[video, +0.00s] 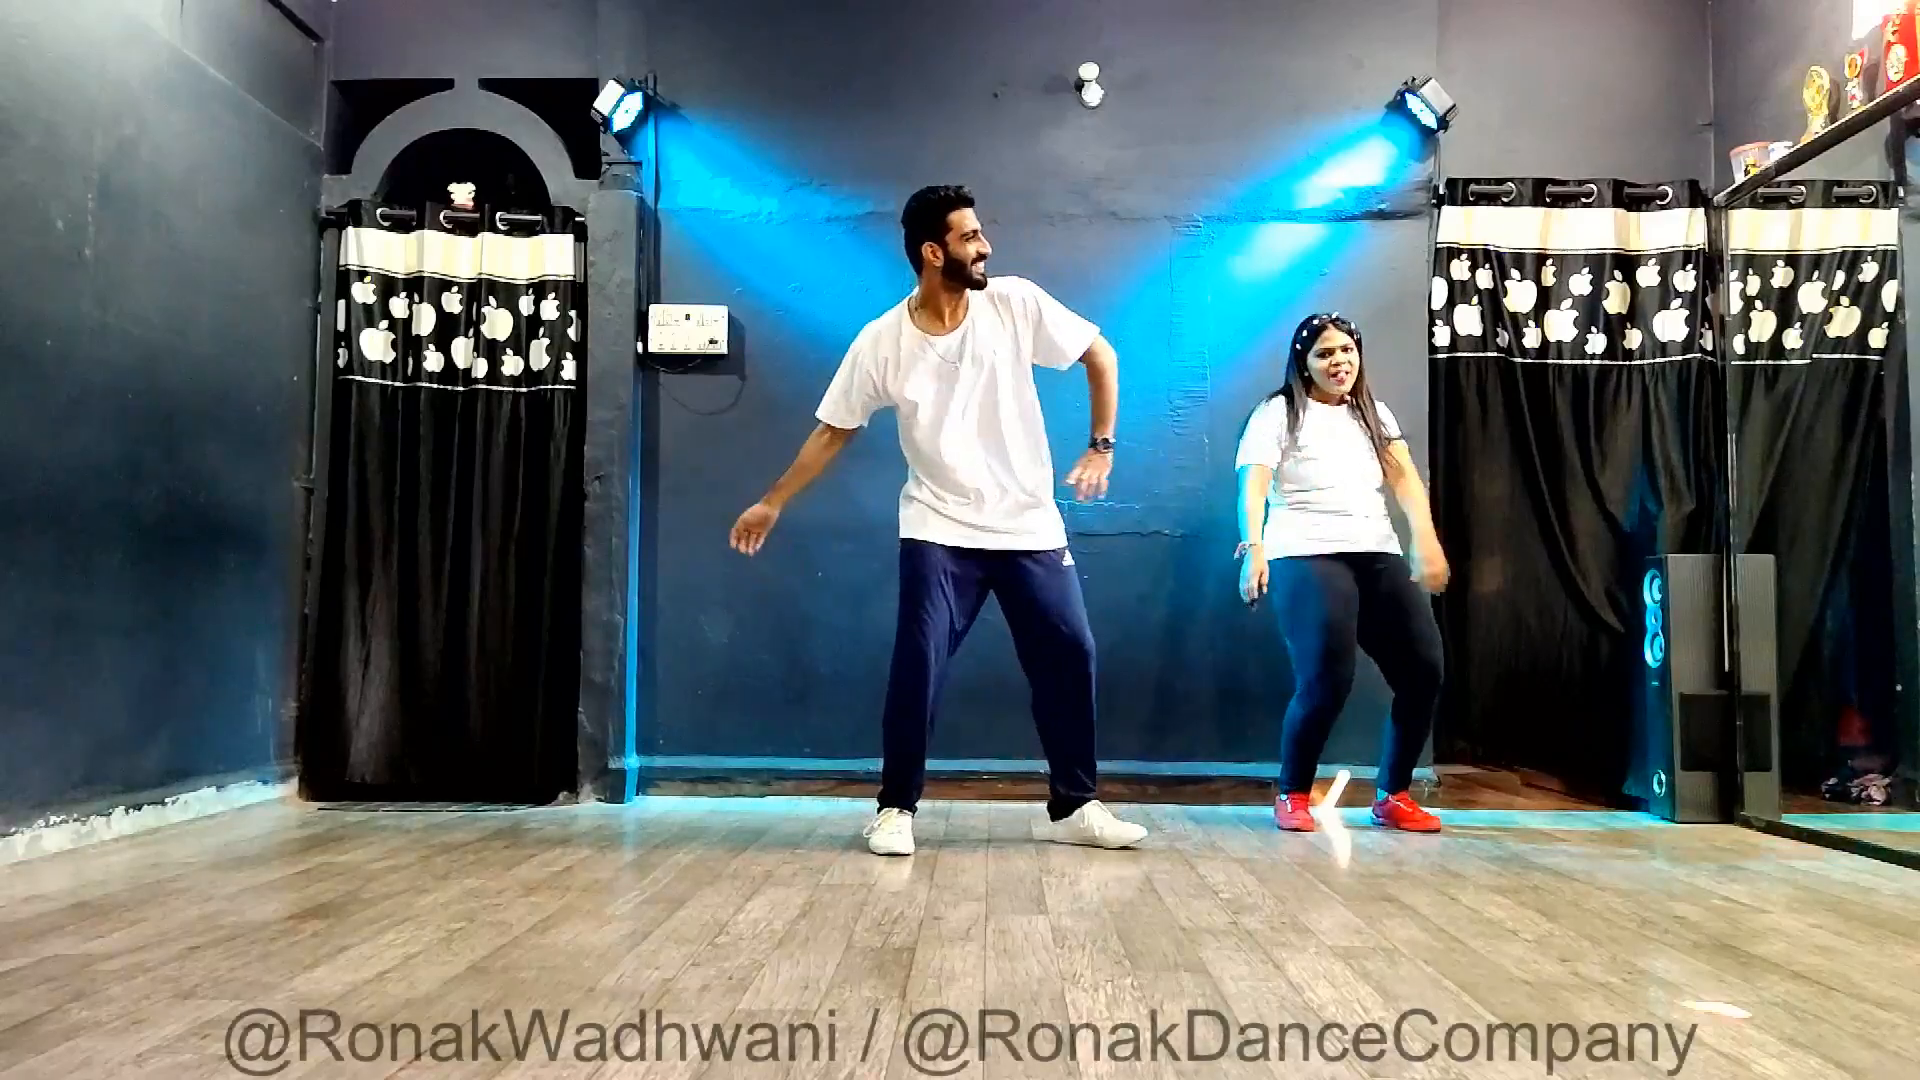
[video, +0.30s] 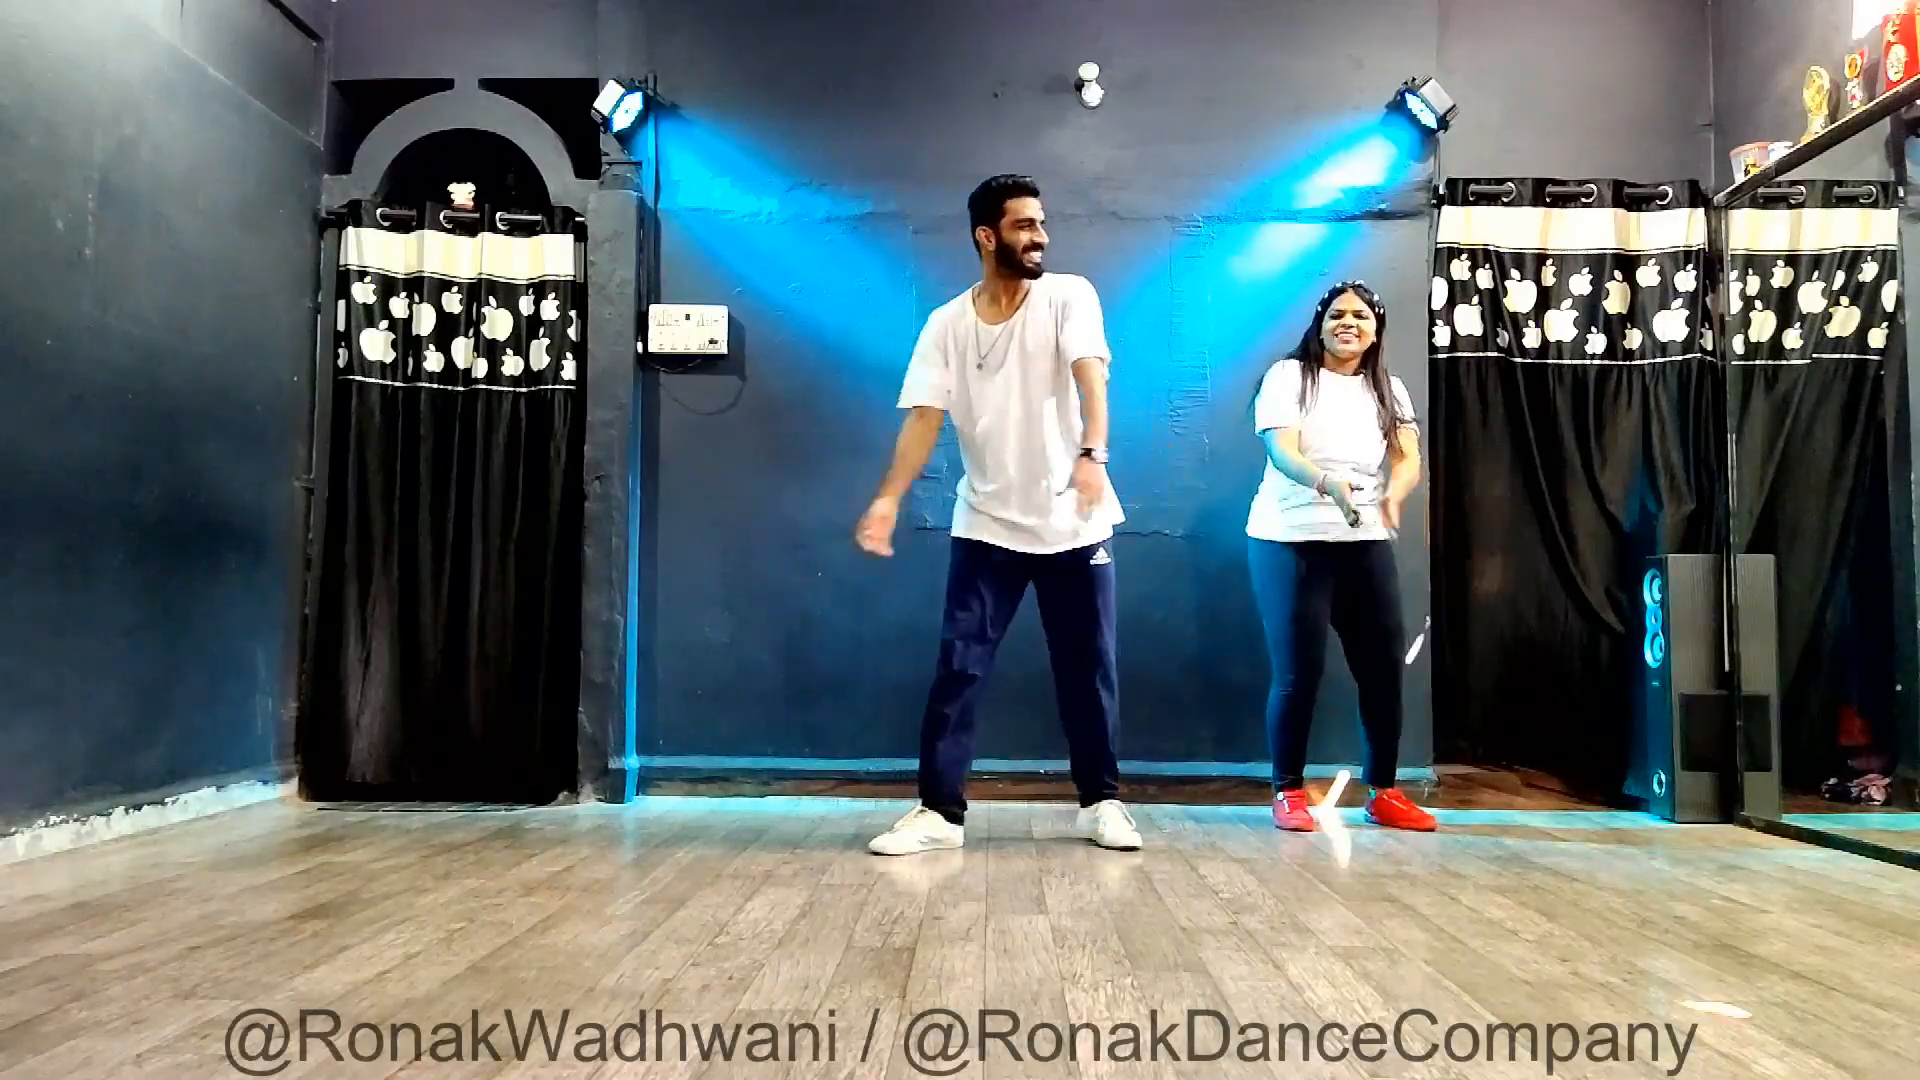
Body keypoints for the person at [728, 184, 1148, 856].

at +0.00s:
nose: (984, 244)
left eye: (981, 232)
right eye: (968, 236)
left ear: (953, 248)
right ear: (928, 254)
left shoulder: (1015, 303)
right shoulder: (881, 344)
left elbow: (1099, 354)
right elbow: (833, 430)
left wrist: (1102, 444)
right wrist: (772, 502)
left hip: (1028, 516)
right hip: (939, 520)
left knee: (1072, 645)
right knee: (920, 652)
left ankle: (1073, 804)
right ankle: (896, 808)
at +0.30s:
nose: (1038, 235)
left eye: (1041, 224)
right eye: (1024, 225)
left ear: (1041, 232)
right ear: (985, 238)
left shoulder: (1068, 295)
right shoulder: (948, 324)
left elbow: (1091, 378)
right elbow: (923, 419)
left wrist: (1092, 455)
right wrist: (888, 499)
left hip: (1073, 517)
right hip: (988, 519)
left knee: (1091, 663)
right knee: (961, 661)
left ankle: (1100, 801)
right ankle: (940, 812)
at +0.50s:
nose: (1051, 238)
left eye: (1064, 228)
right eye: (1038, 226)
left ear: (1078, 239)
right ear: (1016, 235)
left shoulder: (1104, 311)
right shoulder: (985, 320)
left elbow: (1074, 405)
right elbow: (994, 409)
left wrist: (980, 434)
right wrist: (997, 456)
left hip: (1086, 523)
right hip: (1007, 522)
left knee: (1095, 673)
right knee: (977, 666)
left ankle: (1107, 804)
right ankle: (944, 810)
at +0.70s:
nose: (1058, 233)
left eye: (1071, 223)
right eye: (1046, 222)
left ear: (1088, 235)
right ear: (1026, 232)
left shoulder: (1107, 299)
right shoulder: (994, 309)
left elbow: (1074, 356)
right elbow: (940, 390)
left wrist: (1005, 318)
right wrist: (881, 459)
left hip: (1085, 509)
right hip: (1006, 505)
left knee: (1094, 661)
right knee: (972, 635)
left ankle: (1107, 801)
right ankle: (970, 795)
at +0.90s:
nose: (992, 248)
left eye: (1005, 235)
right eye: (978, 236)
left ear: (1025, 236)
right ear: (960, 242)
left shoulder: (1052, 270)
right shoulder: (940, 323)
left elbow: (1122, 300)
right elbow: (905, 394)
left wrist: (1056, 372)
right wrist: (871, 454)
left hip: (1077, 508)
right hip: (992, 515)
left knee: (1096, 661)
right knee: (963, 649)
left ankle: (1108, 800)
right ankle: (957, 803)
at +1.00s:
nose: (972, 287)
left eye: (983, 270)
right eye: (956, 274)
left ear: (1002, 253)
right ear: (935, 263)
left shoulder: (1044, 297)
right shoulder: (914, 352)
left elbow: (1109, 369)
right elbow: (908, 452)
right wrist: (893, 542)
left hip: (1068, 514)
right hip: (977, 530)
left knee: (1111, 643)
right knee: (959, 669)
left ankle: (1115, 775)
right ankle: (957, 812)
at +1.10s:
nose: (963, 279)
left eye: (975, 265)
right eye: (949, 265)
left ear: (995, 255)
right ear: (929, 258)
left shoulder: (1036, 308)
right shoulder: (908, 344)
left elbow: (1086, 395)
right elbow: (913, 430)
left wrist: (1129, 483)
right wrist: (915, 503)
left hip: (1053, 495)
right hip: (967, 519)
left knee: (1094, 558)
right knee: (955, 674)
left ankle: (1092, 701)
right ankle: (959, 812)